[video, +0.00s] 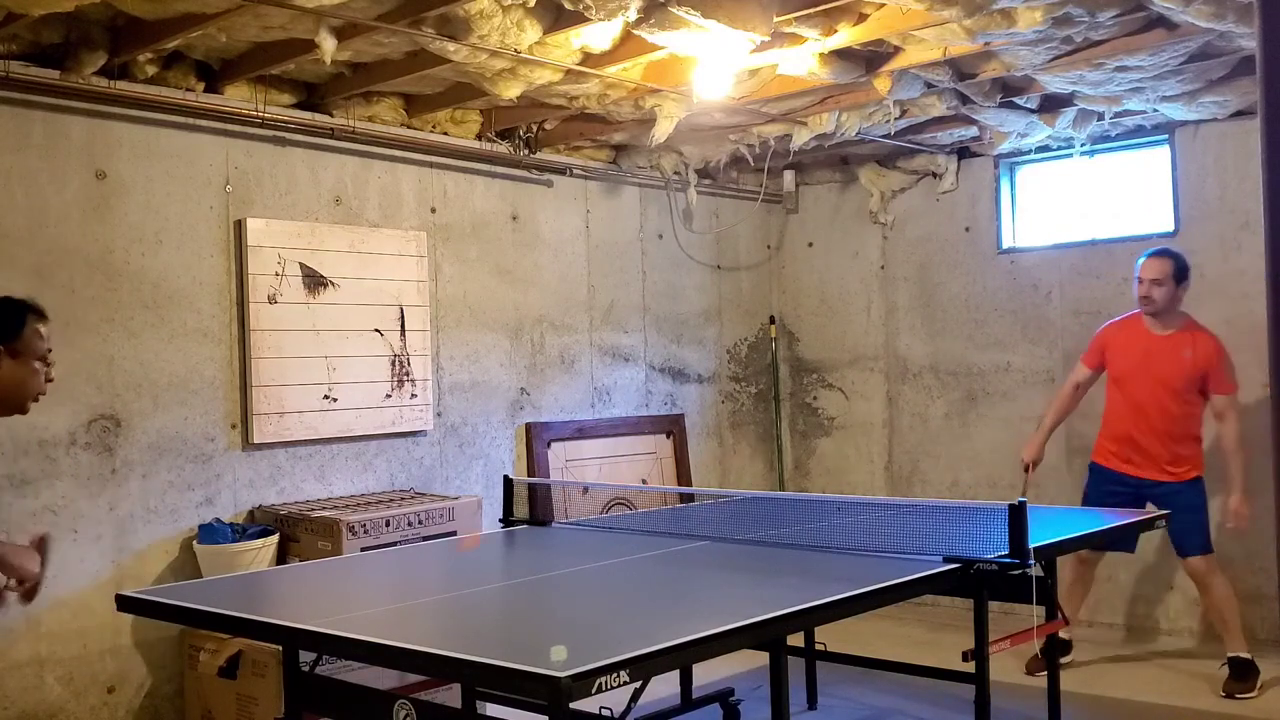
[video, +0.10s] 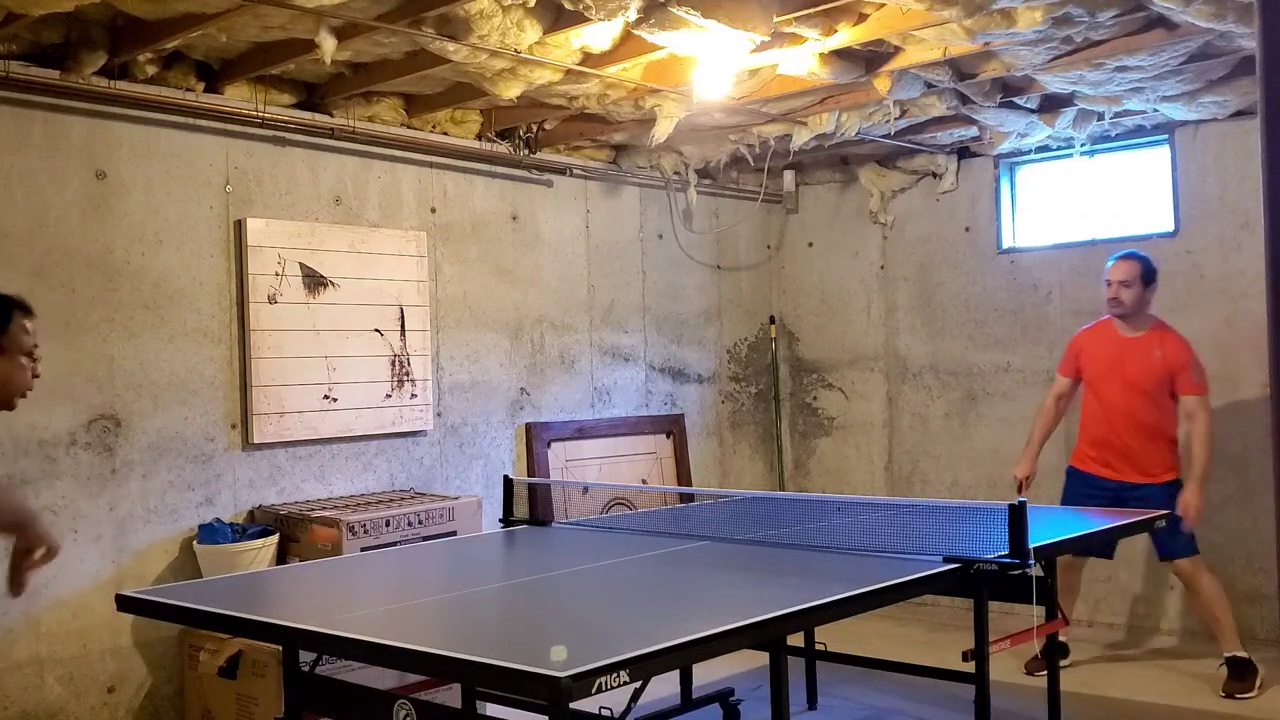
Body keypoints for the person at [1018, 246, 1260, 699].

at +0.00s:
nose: (1145, 291)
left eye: (1156, 284)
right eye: (1140, 282)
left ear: (1181, 289)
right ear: (1134, 284)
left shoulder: (1205, 346)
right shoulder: (1113, 334)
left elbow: (1226, 417)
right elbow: (1075, 385)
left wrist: (1236, 489)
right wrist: (1039, 437)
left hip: (1177, 477)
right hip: (1112, 470)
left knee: (1200, 563)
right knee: (1083, 555)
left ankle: (1240, 659)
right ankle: (1056, 641)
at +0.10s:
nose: (1113, 292)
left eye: (1124, 285)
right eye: (1109, 284)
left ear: (1149, 291)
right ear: (1103, 287)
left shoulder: (1173, 347)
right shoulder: (1086, 340)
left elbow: (1196, 417)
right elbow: (1057, 398)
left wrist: (1194, 485)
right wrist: (1030, 455)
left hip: (1154, 483)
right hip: (1089, 478)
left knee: (1188, 565)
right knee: (1067, 559)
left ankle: (1236, 658)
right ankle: (1054, 642)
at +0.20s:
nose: (1086, 290)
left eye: (1096, 282)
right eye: (1081, 282)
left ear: (1121, 287)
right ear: (1077, 285)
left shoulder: (1149, 344)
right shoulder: (1064, 339)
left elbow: (1173, 414)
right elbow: (1042, 400)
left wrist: (1154, 467)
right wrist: (1020, 457)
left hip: (1134, 480)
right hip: (1072, 477)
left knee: (1173, 563)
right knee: (1056, 557)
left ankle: (1226, 655)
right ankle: (1054, 643)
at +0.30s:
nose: (1068, 285)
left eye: (1078, 277)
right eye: (1063, 277)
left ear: (1102, 281)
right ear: (1060, 281)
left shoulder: (1131, 335)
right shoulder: (1049, 337)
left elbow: (1156, 407)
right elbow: (1031, 398)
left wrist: (1122, 453)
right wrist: (1013, 452)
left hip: (1126, 469)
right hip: (1063, 470)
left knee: (1160, 556)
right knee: (1049, 557)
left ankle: (1203, 650)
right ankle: (1053, 642)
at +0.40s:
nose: (1057, 283)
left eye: (1068, 274)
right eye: (1053, 275)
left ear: (1091, 278)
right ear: (1050, 279)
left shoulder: (1122, 330)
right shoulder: (1042, 335)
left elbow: (1149, 400)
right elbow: (1025, 397)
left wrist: (1109, 447)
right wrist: (1008, 452)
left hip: (1119, 467)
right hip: (1059, 469)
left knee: (1145, 555)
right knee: (1052, 559)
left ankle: (1183, 646)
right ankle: (1053, 644)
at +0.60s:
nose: (1037, 296)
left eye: (1046, 287)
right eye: (1032, 289)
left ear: (1072, 289)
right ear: (1032, 293)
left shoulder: (1111, 339)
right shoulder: (1034, 348)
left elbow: (1144, 404)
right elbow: (1027, 407)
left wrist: (1125, 466)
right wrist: (999, 452)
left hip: (1111, 476)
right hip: (1051, 475)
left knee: (1139, 562)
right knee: (1025, 551)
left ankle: (1175, 647)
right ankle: (1044, 628)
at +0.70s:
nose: (1015, 302)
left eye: (1023, 293)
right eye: (1010, 295)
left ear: (1051, 292)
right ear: (1011, 300)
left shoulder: (1095, 339)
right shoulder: (1017, 352)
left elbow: (1134, 402)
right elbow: (1011, 410)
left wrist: (1146, 469)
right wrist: (976, 441)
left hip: (1104, 477)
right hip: (1043, 474)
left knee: (1134, 563)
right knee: (1004, 547)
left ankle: (1174, 648)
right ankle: (1008, 631)